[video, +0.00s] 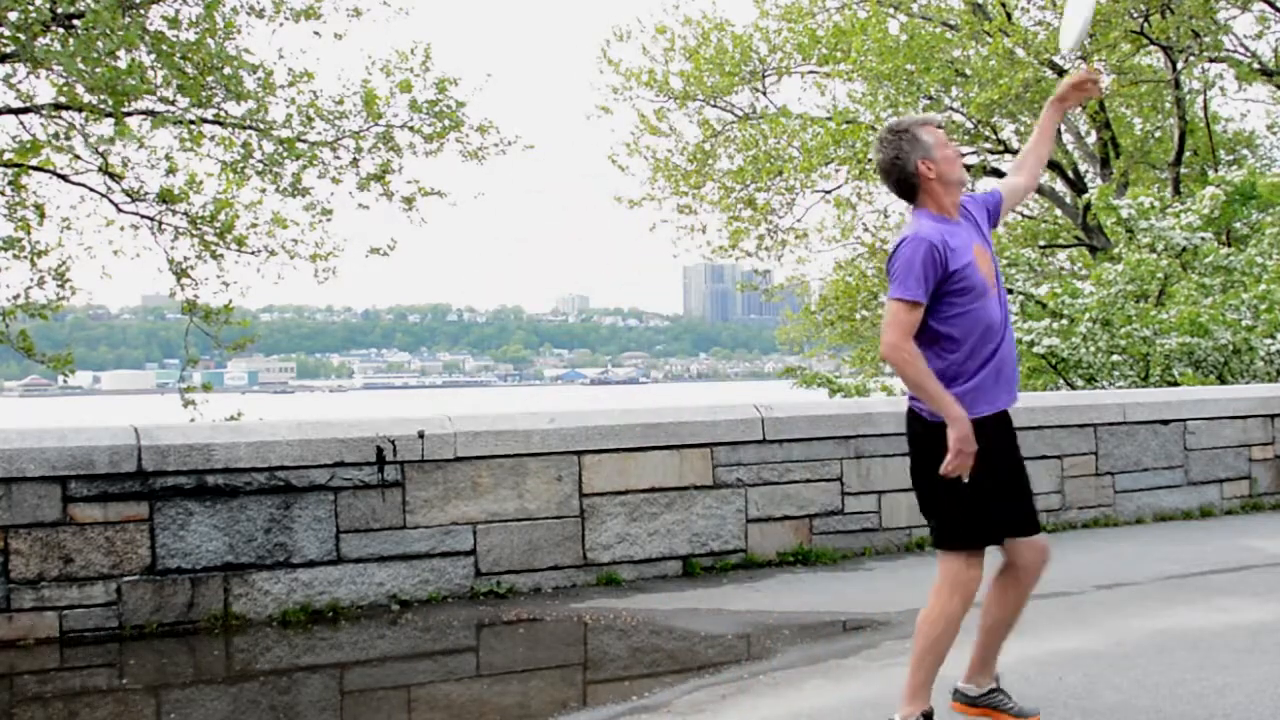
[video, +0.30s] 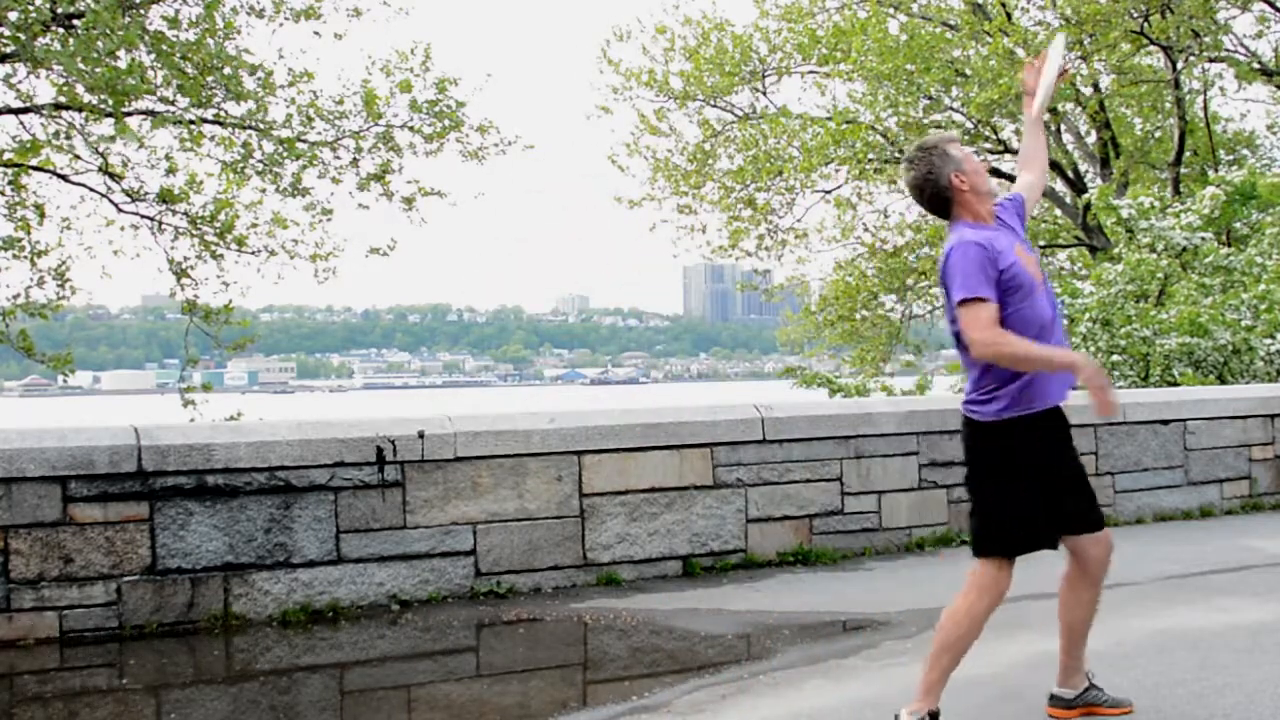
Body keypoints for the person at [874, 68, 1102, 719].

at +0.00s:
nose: (960, 149)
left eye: (952, 141)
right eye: (948, 143)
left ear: (931, 167)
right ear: (927, 167)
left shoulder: (974, 210)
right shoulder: (922, 243)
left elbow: (1024, 176)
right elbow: (895, 345)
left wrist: (1058, 104)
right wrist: (955, 417)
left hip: (990, 419)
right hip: (945, 427)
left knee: (1028, 557)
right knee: (959, 575)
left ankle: (978, 683)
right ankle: (911, 708)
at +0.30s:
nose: (984, 160)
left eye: (974, 154)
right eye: (974, 157)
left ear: (962, 182)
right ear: (960, 181)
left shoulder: (1005, 216)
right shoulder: (968, 246)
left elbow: (1033, 174)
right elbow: (981, 341)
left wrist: (1035, 103)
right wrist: (1078, 362)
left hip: (1039, 419)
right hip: (999, 428)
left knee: (1092, 550)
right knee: (990, 576)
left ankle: (1071, 686)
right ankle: (921, 708)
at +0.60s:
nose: (1017, 170)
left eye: (1007, 163)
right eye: (1002, 170)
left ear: (997, 194)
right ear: (983, 202)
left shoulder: (1036, 218)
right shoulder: (1016, 247)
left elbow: (1057, 166)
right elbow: (1088, 260)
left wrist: (1064, 106)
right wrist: (1104, 178)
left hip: (1107, 400)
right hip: (1092, 409)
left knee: (1116, 557)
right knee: (1129, 559)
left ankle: (1079, 686)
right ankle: (1079, 703)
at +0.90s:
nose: (1061, 179)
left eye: (1056, 170)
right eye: (1047, 182)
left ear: (1062, 168)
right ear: (1024, 210)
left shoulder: (1063, 218)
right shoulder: (1069, 252)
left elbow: (1064, 197)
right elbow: (1163, 293)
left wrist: (1074, 154)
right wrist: (1166, 238)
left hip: (1131, 407)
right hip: (1125, 413)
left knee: (1142, 558)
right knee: (1144, 562)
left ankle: (1096, 691)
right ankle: (1092, 706)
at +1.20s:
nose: (1147, 152)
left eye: (1138, 146)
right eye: (1136, 152)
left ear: (1106, 184)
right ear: (1118, 185)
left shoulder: (1067, 219)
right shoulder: (1169, 247)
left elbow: (1005, 193)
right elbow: (1246, 304)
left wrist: (982, 143)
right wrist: (1279, 263)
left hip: (1095, 412)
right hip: (1153, 413)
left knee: (1120, 554)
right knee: (1178, 558)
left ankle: (1083, 693)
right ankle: (1103, 696)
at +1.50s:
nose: (1236, 198)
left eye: (1232, 190)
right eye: (1236, 192)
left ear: (1172, 197)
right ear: (1227, 204)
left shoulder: (1128, 238)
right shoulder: (1250, 271)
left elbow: (1052, 211)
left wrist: (1021, 172)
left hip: (1136, 434)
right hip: (1213, 433)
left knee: (1129, 554)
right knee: (1264, 555)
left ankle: (1085, 687)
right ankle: (1278, 696)